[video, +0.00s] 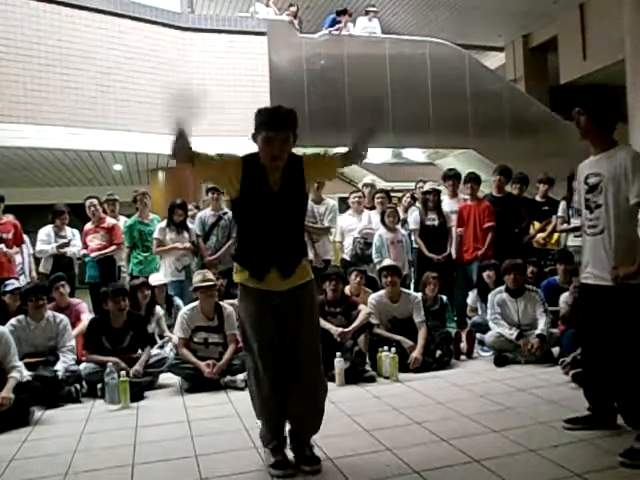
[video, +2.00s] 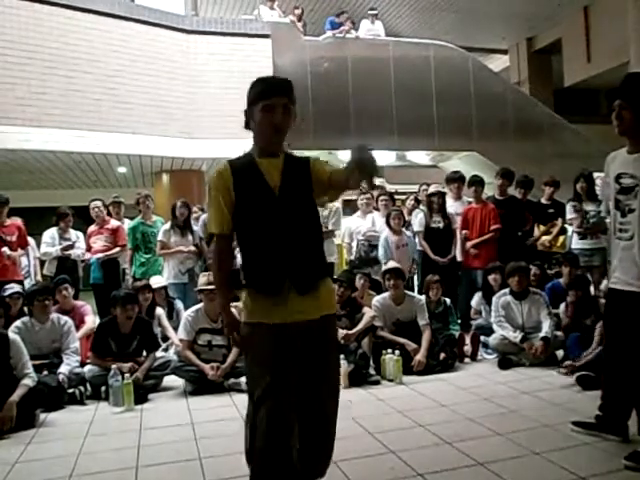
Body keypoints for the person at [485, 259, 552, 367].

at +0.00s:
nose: (513, 278)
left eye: (516, 274)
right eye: (509, 274)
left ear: (523, 276)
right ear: (504, 277)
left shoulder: (535, 293)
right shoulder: (495, 296)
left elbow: (543, 315)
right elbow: (494, 320)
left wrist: (540, 336)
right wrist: (517, 336)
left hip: (531, 331)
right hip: (508, 333)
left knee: (553, 335)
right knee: (491, 338)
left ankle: (513, 357)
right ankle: (538, 355)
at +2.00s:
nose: (517, 280)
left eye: (521, 276)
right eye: (513, 277)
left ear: (527, 278)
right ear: (508, 280)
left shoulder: (539, 296)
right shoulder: (499, 299)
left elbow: (548, 319)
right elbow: (498, 323)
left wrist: (544, 339)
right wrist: (522, 339)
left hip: (535, 335)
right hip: (512, 336)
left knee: (558, 338)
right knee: (495, 341)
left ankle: (519, 360)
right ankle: (541, 358)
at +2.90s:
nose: (517, 281)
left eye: (521, 277)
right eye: (513, 277)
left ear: (527, 278)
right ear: (508, 280)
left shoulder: (539, 296)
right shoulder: (499, 299)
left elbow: (548, 319)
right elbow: (498, 323)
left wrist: (544, 339)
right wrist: (522, 339)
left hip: (535, 334)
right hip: (513, 335)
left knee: (559, 338)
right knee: (495, 341)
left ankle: (519, 360)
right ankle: (542, 358)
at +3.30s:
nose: (517, 281)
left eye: (521, 277)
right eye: (513, 277)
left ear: (527, 278)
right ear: (508, 280)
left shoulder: (539, 296)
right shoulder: (499, 299)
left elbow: (548, 319)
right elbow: (498, 323)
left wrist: (544, 339)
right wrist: (522, 339)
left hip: (535, 334)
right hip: (513, 335)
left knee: (559, 338)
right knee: (495, 341)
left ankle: (519, 360)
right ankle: (542, 358)